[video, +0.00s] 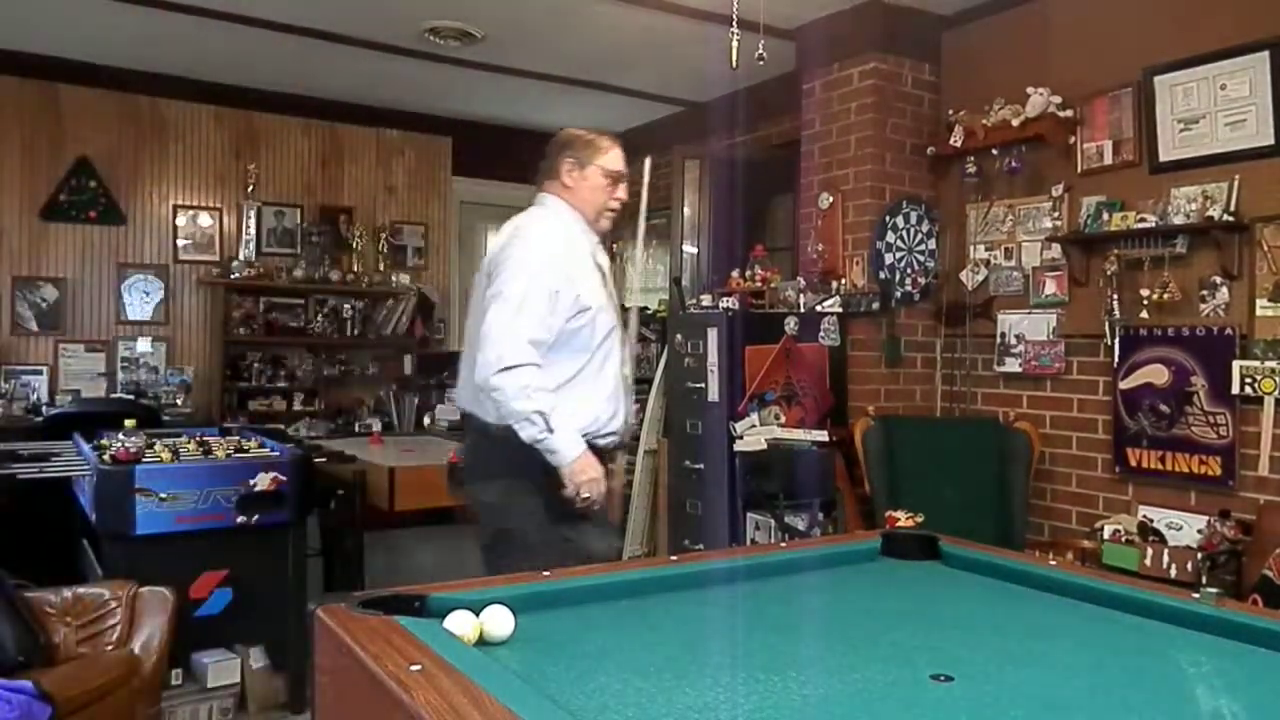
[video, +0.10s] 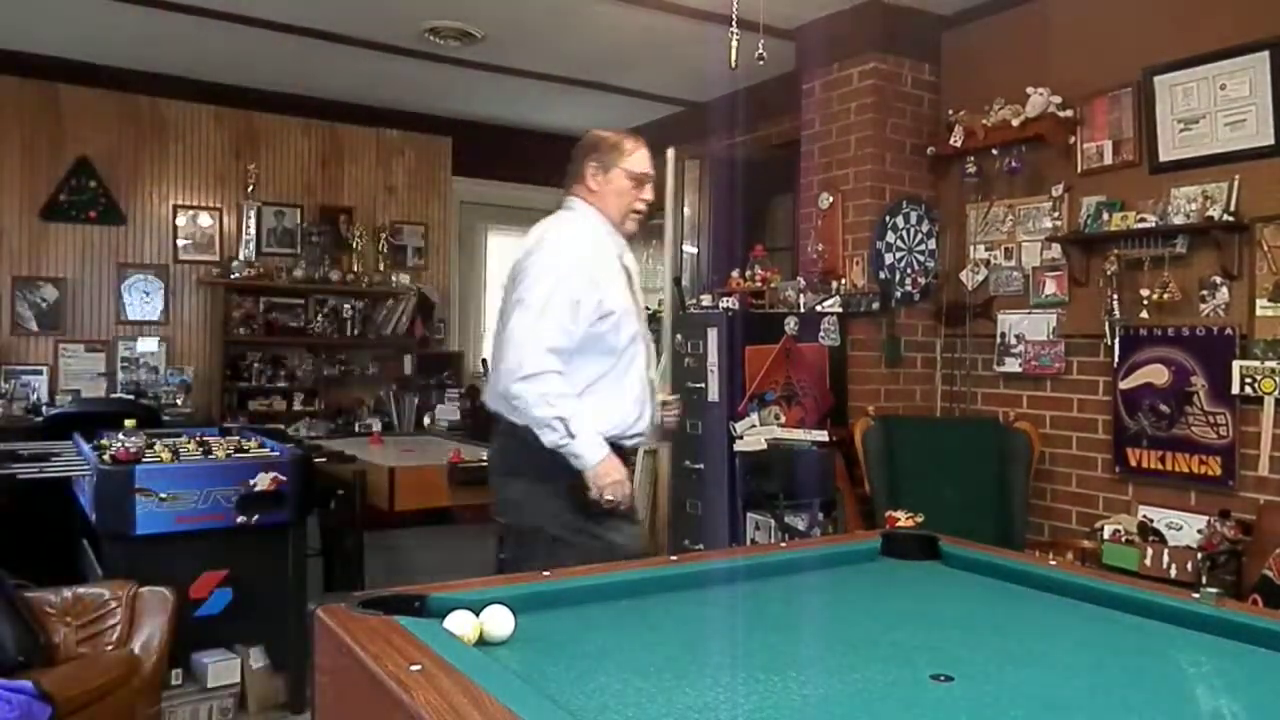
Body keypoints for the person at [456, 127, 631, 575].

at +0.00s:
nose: (622, 195)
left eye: (625, 183)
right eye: (612, 179)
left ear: (572, 175)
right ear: (570, 173)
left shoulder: (569, 239)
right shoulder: (542, 239)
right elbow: (504, 366)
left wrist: (595, 449)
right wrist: (570, 454)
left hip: (551, 460)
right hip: (525, 459)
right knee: (547, 623)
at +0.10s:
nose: (649, 197)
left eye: (651, 184)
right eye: (637, 181)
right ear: (594, 177)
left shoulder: (600, 244)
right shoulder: (567, 242)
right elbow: (523, 370)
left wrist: (643, 411)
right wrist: (596, 456)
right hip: (556, 464)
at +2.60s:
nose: (1063, 192)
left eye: (1079, 175)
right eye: (1046, 179)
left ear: (1108, 180)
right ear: (1026, 189)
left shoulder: (1142, 280)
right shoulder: (979, 276)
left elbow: (1181, 371)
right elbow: (924, 388)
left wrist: (1180, 416)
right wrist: (975, 464)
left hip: (1105, 510)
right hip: (996, 509)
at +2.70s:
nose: (1068, 183)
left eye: (1085, 168)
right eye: (1053, 172)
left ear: (1121, 175)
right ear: (1040, 185)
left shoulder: (1161, 284)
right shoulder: (991, 268)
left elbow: (1208, 385)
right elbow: (919, 360)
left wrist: (1178, 432)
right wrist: (939, 417)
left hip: (1107, 510)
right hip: (996, 499)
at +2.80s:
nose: (1082, 180)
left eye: (1101, 165)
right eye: (1071, 168)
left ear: (1141, 177)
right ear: (1059, 182)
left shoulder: (1179, 288)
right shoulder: (1004, 264)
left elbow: (1229, 399)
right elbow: (928, 334)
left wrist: (1166, 450)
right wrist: (928, 359)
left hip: (1107, 513)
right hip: (999, 500)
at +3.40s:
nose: (1070, 179)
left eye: (1088, 165)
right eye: (1064, 169)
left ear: (1133, 173)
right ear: (1057, 178)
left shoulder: (1174, 275)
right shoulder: (1027, 259)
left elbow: (1197, 410)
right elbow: (947, 320)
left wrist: (1098, 472)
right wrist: (933, 253)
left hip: (1111, 504)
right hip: (1011, 487)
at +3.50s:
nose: (1057, 181)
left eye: (1074, 166)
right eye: (1050, 170)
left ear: (1118, 173)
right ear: (1043, 181)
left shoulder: (1163, 271)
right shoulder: (1019, 261)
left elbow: (1188, 406)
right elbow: (938, 325)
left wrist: (1096, 473)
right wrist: (929, 257)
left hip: (1109, 503)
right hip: (1010, 488)